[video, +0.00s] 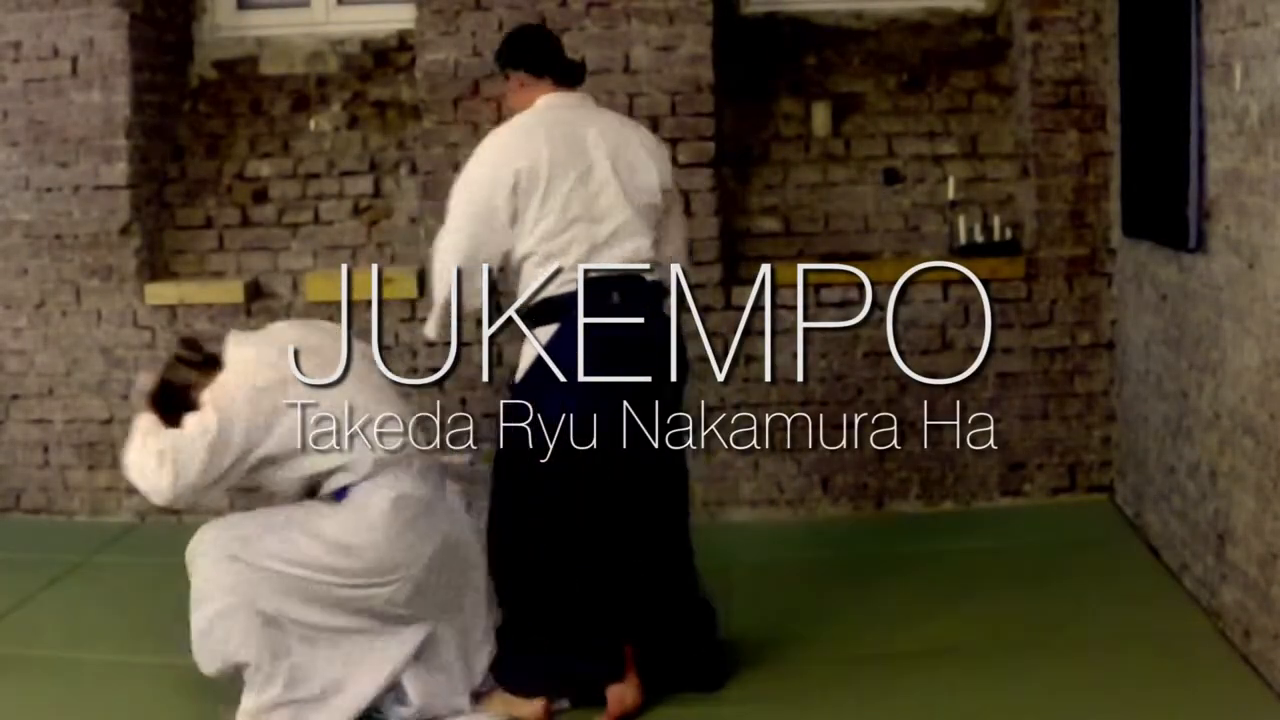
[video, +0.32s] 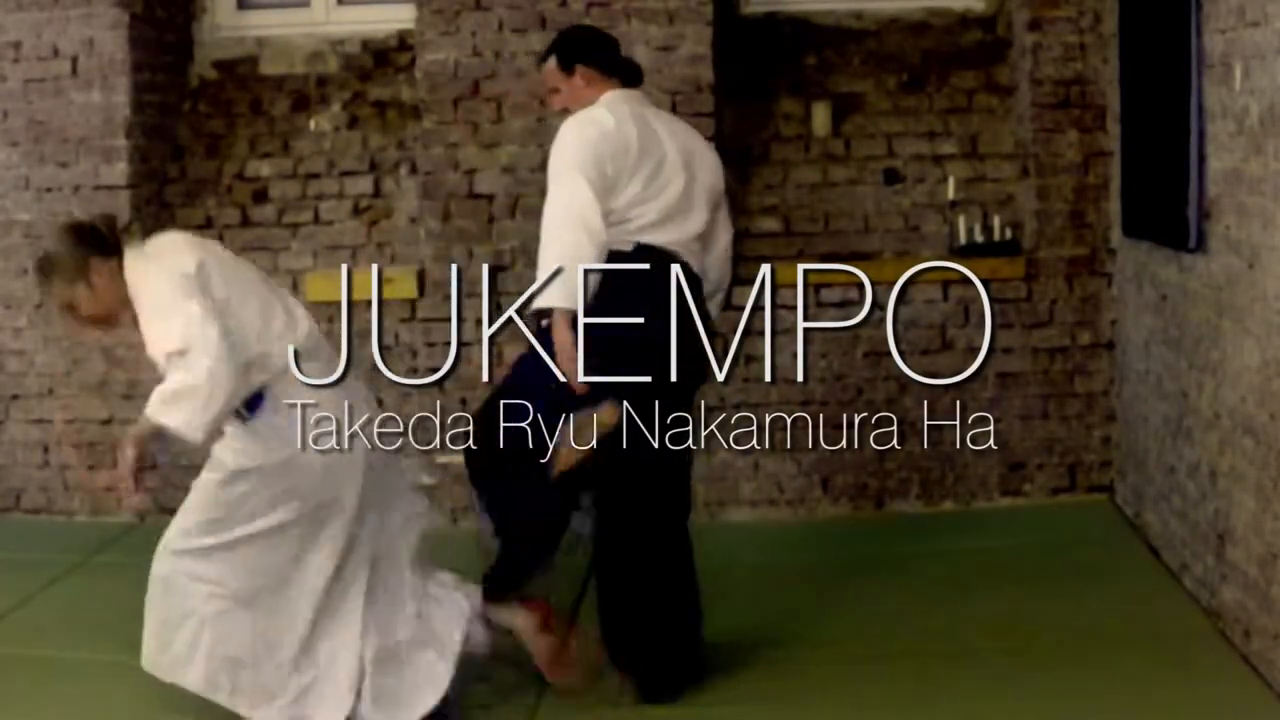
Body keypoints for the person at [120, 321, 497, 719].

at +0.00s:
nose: (200, 425)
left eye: (192, 418)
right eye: (191, 421)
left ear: (191, 400)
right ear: (207, 355)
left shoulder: (239, 391)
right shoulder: (304, 334)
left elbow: (167, 480)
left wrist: (144, 416)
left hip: (386, 526)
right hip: (454, 522)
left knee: (219, 549)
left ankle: (286, 693)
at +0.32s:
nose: (87, 322)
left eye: (77, 307)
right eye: (75, 313)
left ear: (93, 274)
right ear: (102, 262)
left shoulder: (156, 268)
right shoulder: (172, 254)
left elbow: (207, 363)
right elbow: (221, 357)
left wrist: (149, 432)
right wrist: (177, 432)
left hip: (283, 428)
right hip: (326, 409)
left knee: (187, 568)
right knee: (352, 568)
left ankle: (286, 695)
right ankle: (505, 620)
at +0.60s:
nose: (57, 170)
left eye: (64, 152)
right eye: (49, 157)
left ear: (103, 128)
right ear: (94, 136)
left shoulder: (166, 163)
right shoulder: (114, 190)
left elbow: (246, 236)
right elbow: (173, 265)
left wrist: (173, 318)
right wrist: (143, 318)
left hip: (265, 356)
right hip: (219, 358)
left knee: (219, 514)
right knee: (192, 512)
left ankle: (274, 680)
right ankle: (234, 657)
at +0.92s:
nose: (173, 108)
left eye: (185, 93)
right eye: (160, 92)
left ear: (199, 96)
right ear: (130, 93)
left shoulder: (250, 160)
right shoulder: (111, 170)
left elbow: (334, 240)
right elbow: (100, 260)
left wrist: (268, 319)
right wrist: (94, 331)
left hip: (243, 385)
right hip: (156, 385)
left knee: (225, 556)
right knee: (153, 537)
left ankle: (199, 706)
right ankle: (157, 669)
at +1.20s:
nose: (329, 72)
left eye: (333, 55)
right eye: (319, 52)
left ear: (279, 50)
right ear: (263, 46)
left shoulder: (329, 145)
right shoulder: (165, 141)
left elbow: (363, 234)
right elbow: (99, 260)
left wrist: (366, 292)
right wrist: (160, 343)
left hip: (302, 396)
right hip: (200, 395)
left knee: (297, 603)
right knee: (189, 603)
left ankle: (285, 713)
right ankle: (110, 708)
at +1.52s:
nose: (490, 74)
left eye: (487, 54)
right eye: (482, 53)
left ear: (411, 54)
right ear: (448, 53)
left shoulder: (335, 127)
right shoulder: (423, 162)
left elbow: (272, 251)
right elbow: (386, 339)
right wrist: (432, 472)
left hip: (280, 396)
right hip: (346, 411)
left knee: (295, 606)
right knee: (412, 612)